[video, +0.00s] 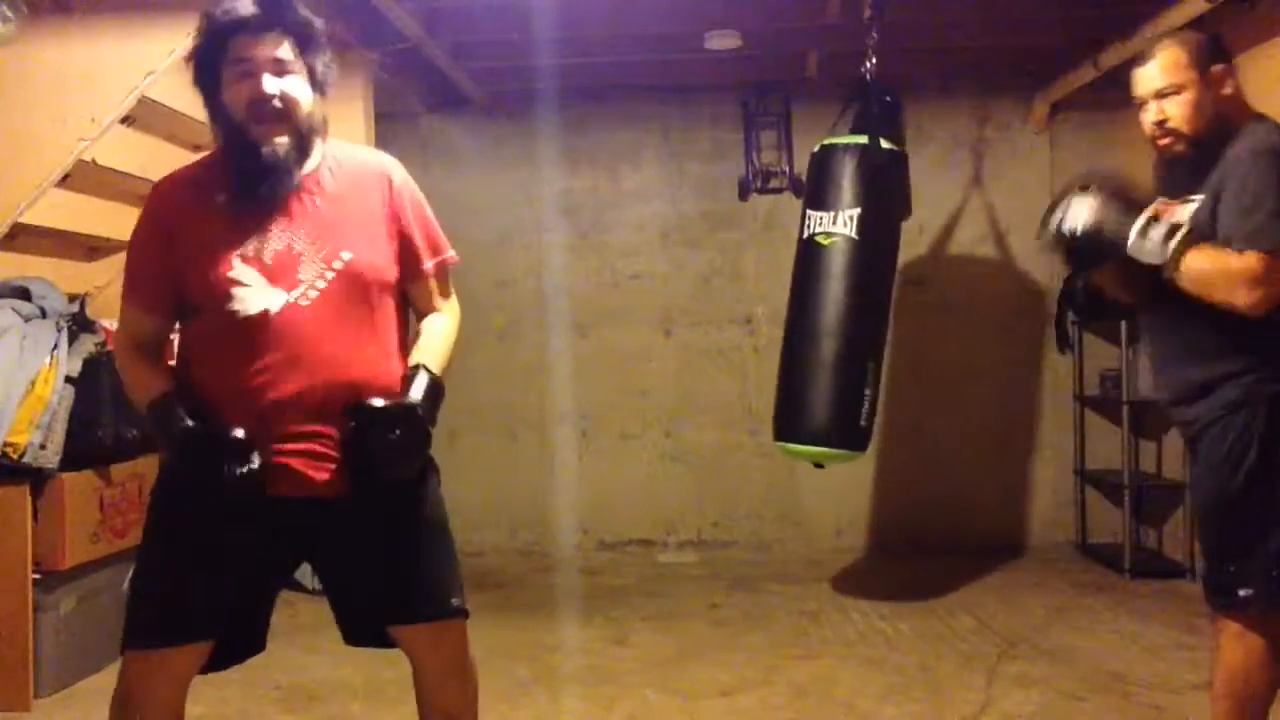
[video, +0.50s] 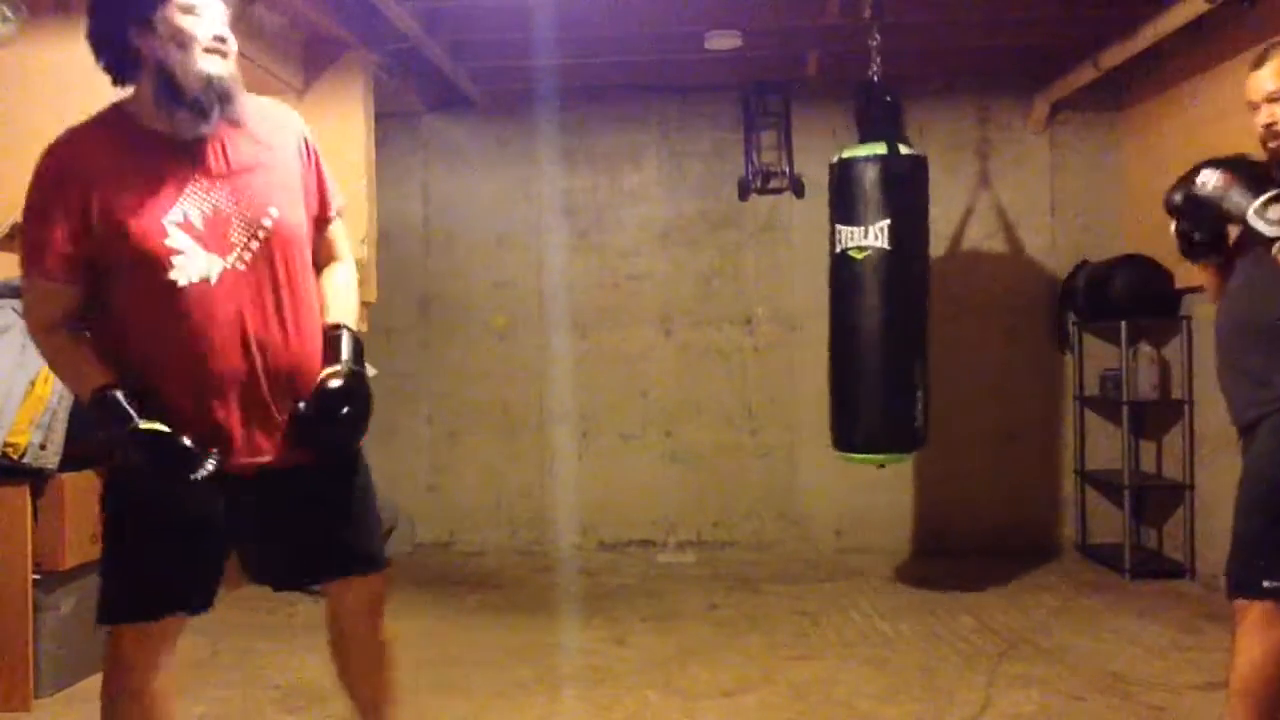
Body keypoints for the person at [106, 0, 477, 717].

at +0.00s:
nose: (267, 87)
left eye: (283, 68)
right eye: (243, 72)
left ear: (317, 82)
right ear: (214, 93)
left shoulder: (380, 179)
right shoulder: (179, 200)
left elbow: (439, 305)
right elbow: (136, 346)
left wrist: (416, 403)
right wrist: (182, 433)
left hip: (373, 470)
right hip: (224, 475)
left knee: (442, 643)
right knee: (154, 667)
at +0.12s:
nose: (258, 90)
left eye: (271, 73)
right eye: (235, 76)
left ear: (296, 84)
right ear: (198, 97)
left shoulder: (357, 179)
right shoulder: (157, 206)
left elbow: (422, 302)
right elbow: (125, 347)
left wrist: (397, 403)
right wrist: (173, 422)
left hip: (362, 473)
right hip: (216, 480)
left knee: (437, 642)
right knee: (143, 671)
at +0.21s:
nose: (268, 86)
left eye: (271, 67)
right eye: (241, 67)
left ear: (284, 78)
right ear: (187, 90)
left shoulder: (335, 173)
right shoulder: (134, 202)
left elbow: (397, 292)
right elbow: (102, 349)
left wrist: (377, 403)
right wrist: (164, 436)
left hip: (349, 467)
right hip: (203, 475)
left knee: (425, 635)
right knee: (138, 667)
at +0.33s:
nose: (245, 54)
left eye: (243, 34)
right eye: (219, 31)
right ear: (159, 54)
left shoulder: (301, 151)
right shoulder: (93, 182)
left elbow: (356, 274)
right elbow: (65, 338)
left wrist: (353, 382)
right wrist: (148, 424)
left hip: (321, 449)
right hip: (180, 466)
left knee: (402, 618)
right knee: (134, 656)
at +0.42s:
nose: (231, 44)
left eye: (231, 26)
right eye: (204, 22)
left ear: (235, 41)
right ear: (141, 42)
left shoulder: (286, 134)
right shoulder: (79, 169)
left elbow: (339, 258)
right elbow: (52, 324)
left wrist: (347, 364)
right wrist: (129, 422)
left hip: (311, 439)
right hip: (171, 458)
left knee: (379, 599)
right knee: (139, 640)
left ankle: (417, 714)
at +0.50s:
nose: (224, 32)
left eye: (226, 17)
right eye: (194, 12)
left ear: (237, 36)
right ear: (137, 35)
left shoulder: (283, 129)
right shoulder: (78, 163)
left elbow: (332, 255)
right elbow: (51, 319)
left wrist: (344, 358)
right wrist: (126, 426)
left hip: (307, 442)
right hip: (168, 456)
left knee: (362, 586)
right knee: (142, 644)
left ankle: (379, 713)